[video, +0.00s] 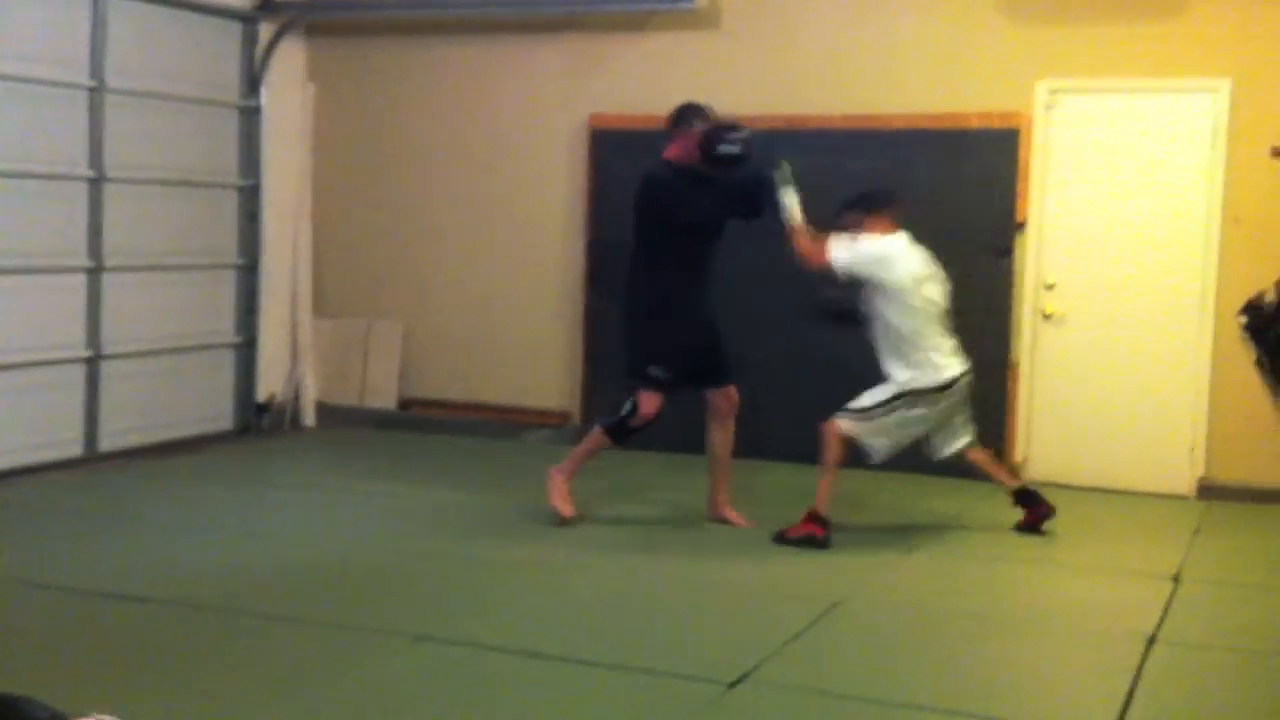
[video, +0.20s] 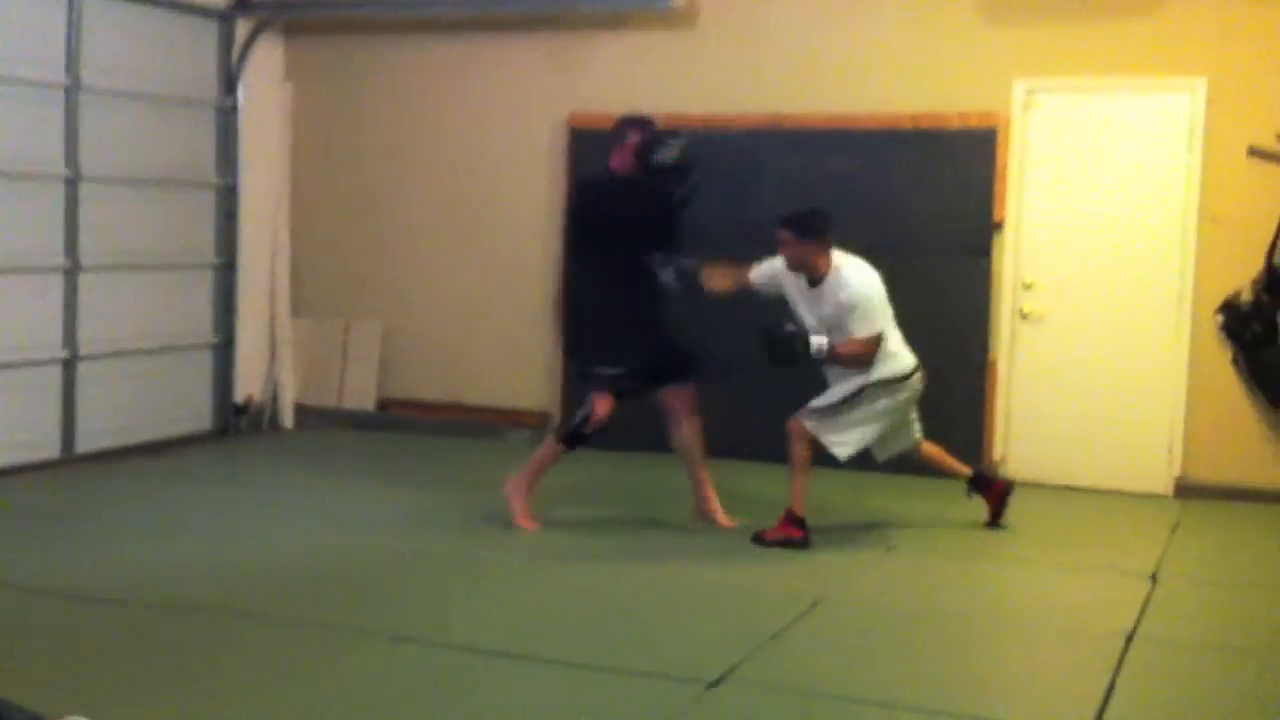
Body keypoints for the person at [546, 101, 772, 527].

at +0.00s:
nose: (706, 148)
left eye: (708, 140)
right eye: (699, 138)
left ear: (706, 141)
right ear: (678, 138)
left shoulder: (706, 181)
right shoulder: (659, 181)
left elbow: (750, 210)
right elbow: (699, 220)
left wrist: (745, 167)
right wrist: (723, 174)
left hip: (693, 305)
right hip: (653, 306)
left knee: (724, 400)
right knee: (647, 405)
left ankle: (719, 503)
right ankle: (562, 473)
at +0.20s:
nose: (643, 158)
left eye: (647, 149)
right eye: (637, 149)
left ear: (647, 152)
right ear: (619, 148)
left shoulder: (649, 192)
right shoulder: (596, 191)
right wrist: (663, 186)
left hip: (645, 315)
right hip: (603, 317)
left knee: (679, 397)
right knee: (598, 408)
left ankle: (705, 496)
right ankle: (520, 485)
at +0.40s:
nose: (588, 170)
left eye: (590, 162)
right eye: (584, 161)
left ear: (570, 158)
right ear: (565, 157)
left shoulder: (570, 196)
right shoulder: (533, 193)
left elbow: (588, 256)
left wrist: (611, 203)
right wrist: (603, 198)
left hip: (545, 308)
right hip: (507, 311)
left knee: (594, 378)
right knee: (524, 408)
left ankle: (563, 478)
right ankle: (475, 500)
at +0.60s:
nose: (531, 165)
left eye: (535, 157)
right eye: (527, 154)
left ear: (517, 153)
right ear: (504, 146)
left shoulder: (507, 185)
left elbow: (526, 247)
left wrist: (551, 203)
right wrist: (549, 203)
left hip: (459, 302)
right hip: (449, 304)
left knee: (444, 397)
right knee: (470, 398)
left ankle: (405, 477)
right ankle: (454, 502)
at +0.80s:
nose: (516, 149)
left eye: (517, 141)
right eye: (510, 140)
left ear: (499, 145)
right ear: (484, 142)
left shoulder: (494, 195)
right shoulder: (454, 188)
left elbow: (499, 257)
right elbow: (485, 253)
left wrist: (539, 235)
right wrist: (521, 225)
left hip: (451, 307)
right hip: (431, 307)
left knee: (432, 395)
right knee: (475, 392)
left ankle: (411, 484)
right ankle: (453, 498)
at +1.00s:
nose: (486, 149)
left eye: (488, 140)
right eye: (482, 139)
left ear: (465, 139)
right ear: (456, 138)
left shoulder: (463, 185)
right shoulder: (430, 187)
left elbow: (491, 239)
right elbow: (470, 233)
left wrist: (528, 209)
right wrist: (497, 193)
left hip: (446, 308)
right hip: (423, 308)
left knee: (436, 403)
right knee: (431, 404)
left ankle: (415, 491)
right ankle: (376, 498)